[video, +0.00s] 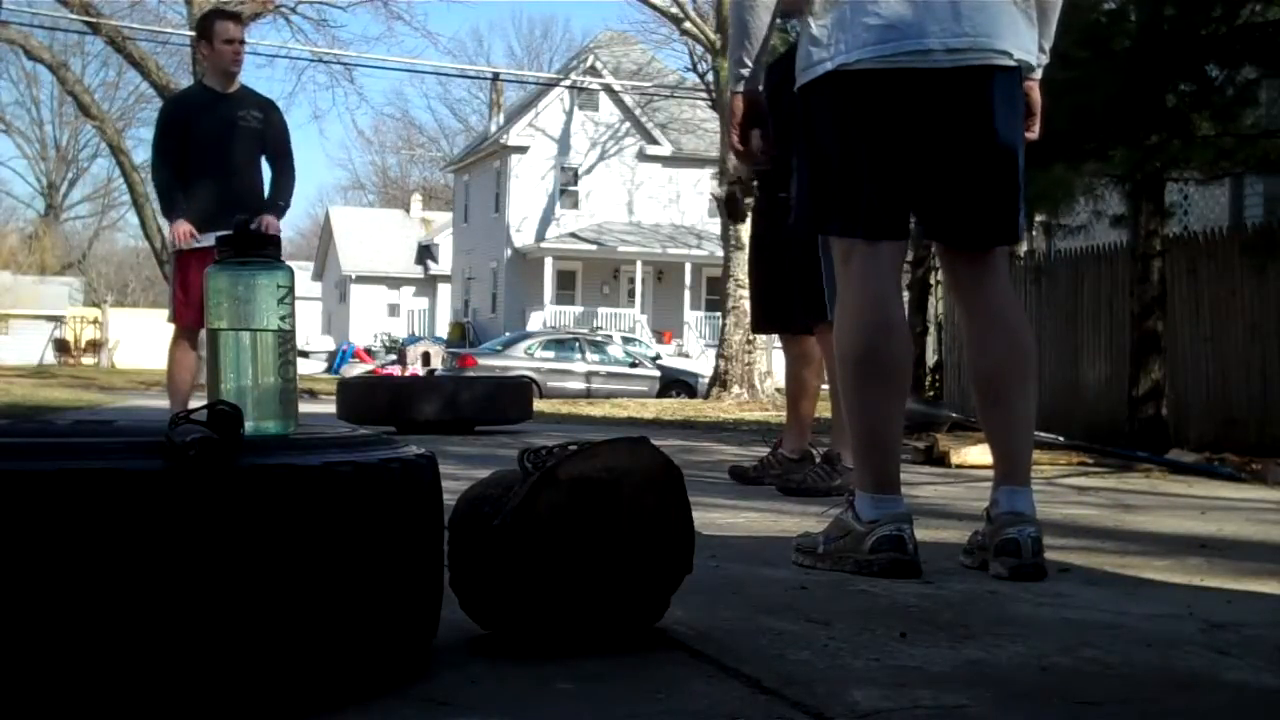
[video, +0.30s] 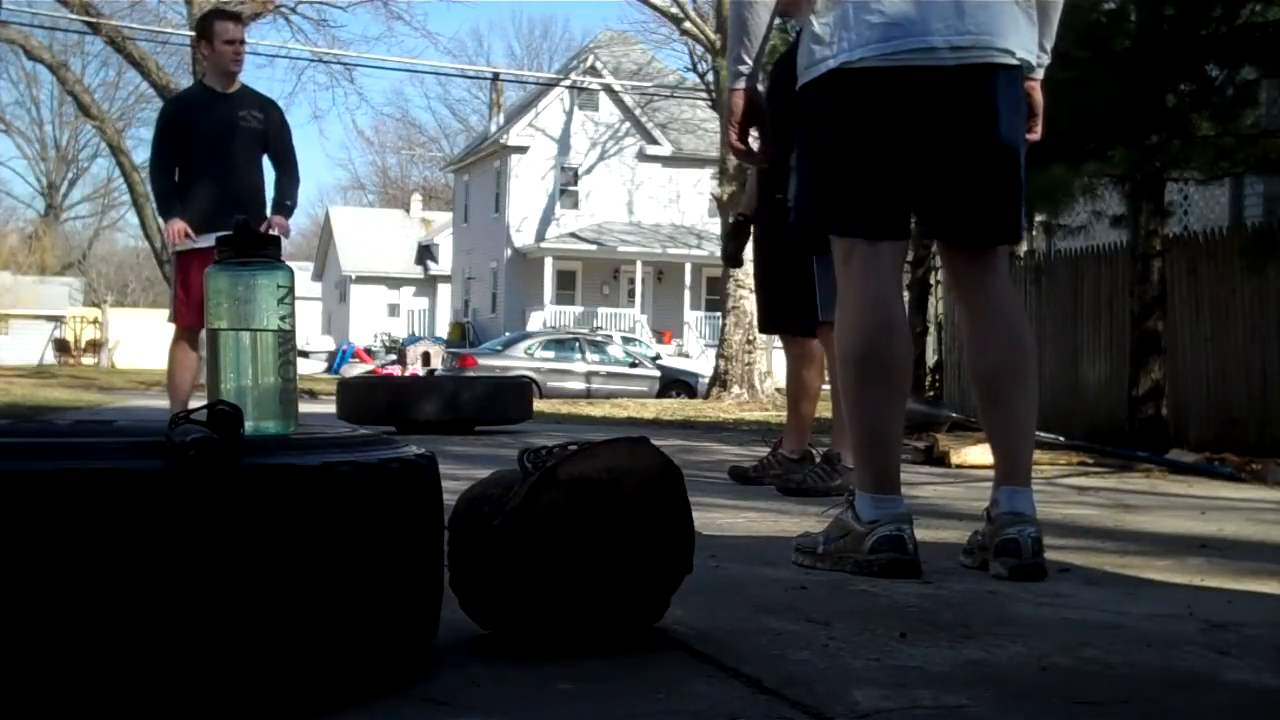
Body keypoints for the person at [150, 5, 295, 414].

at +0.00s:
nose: (239, 50)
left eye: (241, 43)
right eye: (229, 43)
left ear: (245, 47)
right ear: (203, 48)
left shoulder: (263, 109)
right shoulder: (177, 108)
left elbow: (284, 166)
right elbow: (162, 168)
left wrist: (273, 211)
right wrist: (176, 217)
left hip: (250, 238)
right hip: (195, 238)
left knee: (250, 334)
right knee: (188, 331)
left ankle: (248, 424)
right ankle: (178, 421)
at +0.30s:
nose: (239, 50)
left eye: (242, 43)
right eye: (229, 43)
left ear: (245, 47)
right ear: (204, 49)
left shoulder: (265, 109)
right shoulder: (177, 109)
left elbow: (287, 166)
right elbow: (160, 170)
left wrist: (282, 211)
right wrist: (171, 215)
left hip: (251, 238)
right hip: (195, 239)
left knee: (250, 332)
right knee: (188, 329)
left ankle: (246, 422)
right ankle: (178, 419)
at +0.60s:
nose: (239, 50)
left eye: (242, 43)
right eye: (229, 43)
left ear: (245, 47)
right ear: (204, 49)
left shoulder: (265, 110)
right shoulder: (178, 109)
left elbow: (285, 168)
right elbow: (163, 170)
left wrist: (276, 210)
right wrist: (179, 213)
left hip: (251, 237)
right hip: (197, 237)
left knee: (251, 331)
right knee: (189, 329)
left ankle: (248, 423)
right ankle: (178, 420)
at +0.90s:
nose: (239, 50)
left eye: (242, 43)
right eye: (230, 44)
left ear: (246, 47)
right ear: (205, 50)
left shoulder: (266, 110)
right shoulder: (178, 109)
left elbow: (285, 169)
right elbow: (163, 170)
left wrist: (278, 216)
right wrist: (175, 219)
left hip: (250, 239)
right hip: (196, 239)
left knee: (251, 333)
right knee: (189, 330)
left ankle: (248, 423)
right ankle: (178, 421)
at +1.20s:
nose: (239, 51)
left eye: (242, 44)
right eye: (229, 44)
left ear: (246, 47)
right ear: (205, 50)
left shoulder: (266, 110)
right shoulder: (178, 109)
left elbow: (285, 171)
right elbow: (163, 170)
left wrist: (276, 220)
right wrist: (176, 221)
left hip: (251, 240)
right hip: (196, 240)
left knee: (251, 335)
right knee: (189, 330)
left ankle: (249, 424)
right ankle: (179, 421)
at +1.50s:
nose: (239, 51)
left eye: (242, 44)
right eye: (229, 44)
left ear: (246, 47)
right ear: (205, 50)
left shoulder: (267, 109)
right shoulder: (179, 108)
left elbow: (285, 170)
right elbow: (163, 169)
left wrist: (276, 221)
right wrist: (176, 220)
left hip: (251, 239)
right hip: (196, 239)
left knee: (251, 334)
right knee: (189, 330)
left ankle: (249, 425)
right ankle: (178, 421)